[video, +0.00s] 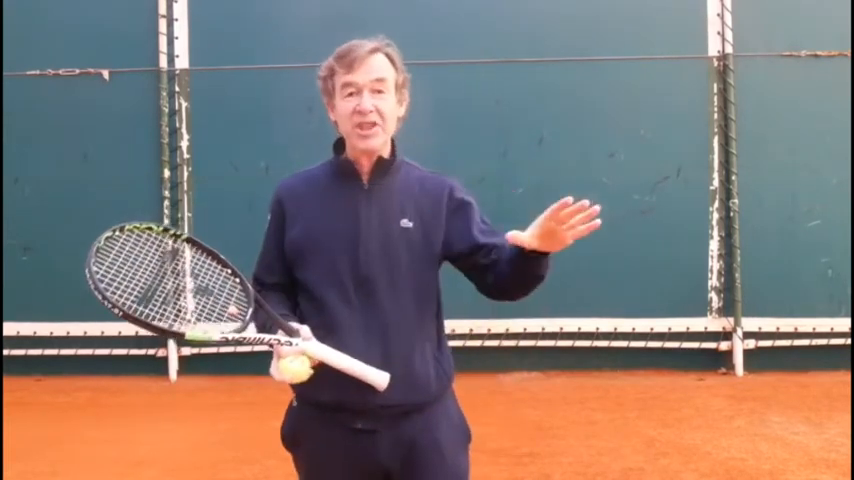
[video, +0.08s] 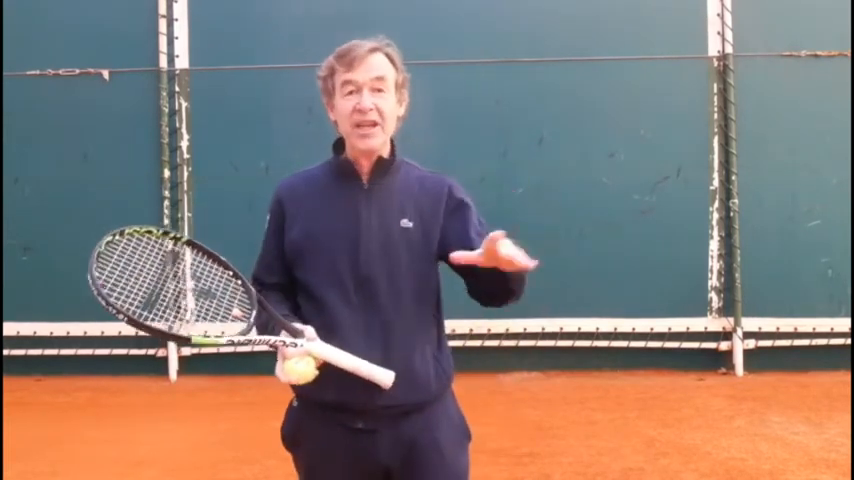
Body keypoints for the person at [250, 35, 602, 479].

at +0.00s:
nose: (364, 105)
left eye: (378, 91)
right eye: (350, 93)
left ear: (400, 104)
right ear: (332, 109)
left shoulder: (438, 197)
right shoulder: (293, 199)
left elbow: (499, 279)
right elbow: (270, 290)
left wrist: (532, 252)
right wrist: (285, 337)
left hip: (424, 423)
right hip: (328, 424)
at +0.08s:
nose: (365, 103)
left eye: (378, 90)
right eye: (350, 91)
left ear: (400, 102)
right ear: (332, 108)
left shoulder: (437, 195)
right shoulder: (293, 198)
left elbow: (491, 294)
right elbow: (269, 289)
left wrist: (502, 269)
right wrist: (288, 335)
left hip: (425, 421)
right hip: (328, 422)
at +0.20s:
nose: (364, 102)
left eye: (377, 87)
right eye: (349, 90)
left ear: (399, 102)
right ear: (330, 107)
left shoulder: (435, 196)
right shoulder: (292, 199)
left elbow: (483, 285)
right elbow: (270, 293)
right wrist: (298, 332)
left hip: (425, 420)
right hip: (328, 424)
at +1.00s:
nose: (374, 95)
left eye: (388, 82)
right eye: (359, 86)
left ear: (411, 101)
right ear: (342, 108)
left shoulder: (449, 192)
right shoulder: (305, 200)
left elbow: (518, 270)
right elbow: (281, 308)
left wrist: (452, 261)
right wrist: (320, 343)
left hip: (444, 423)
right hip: (346, 427)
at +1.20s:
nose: (377, 96)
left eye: (390, 84)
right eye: (362, 87)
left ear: (412, 103)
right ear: (343, 110)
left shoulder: (451, 185)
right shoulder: (311, 204)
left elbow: (531, 250)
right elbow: (290, 314)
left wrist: (465, 202)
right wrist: (328, 342)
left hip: (450, 424)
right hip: (351, 427)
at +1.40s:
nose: (382, 95)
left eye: (395, 82)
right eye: (367, 86)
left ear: (417, 101)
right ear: (349, 109)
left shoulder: (459, 190)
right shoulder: (317, 204)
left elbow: (540, 264)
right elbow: (296, 311)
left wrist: (519, 205)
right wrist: (333, 344)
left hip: (455, 426)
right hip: (355, 429)